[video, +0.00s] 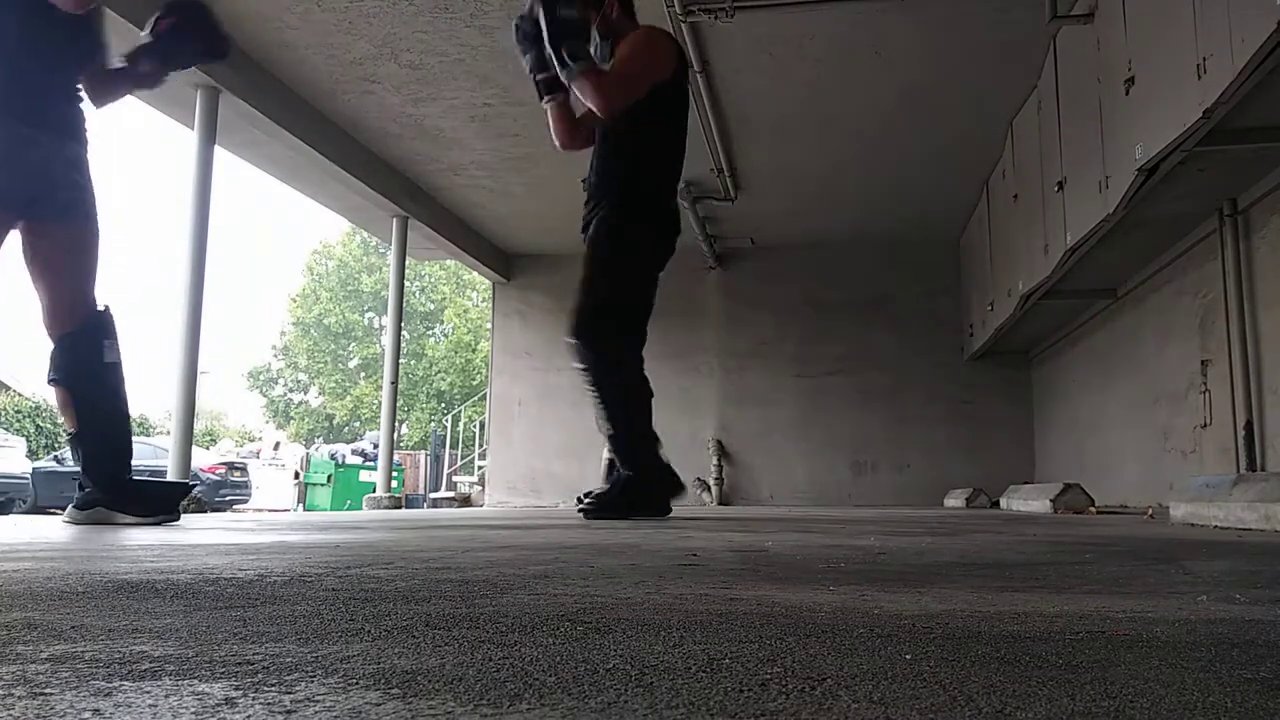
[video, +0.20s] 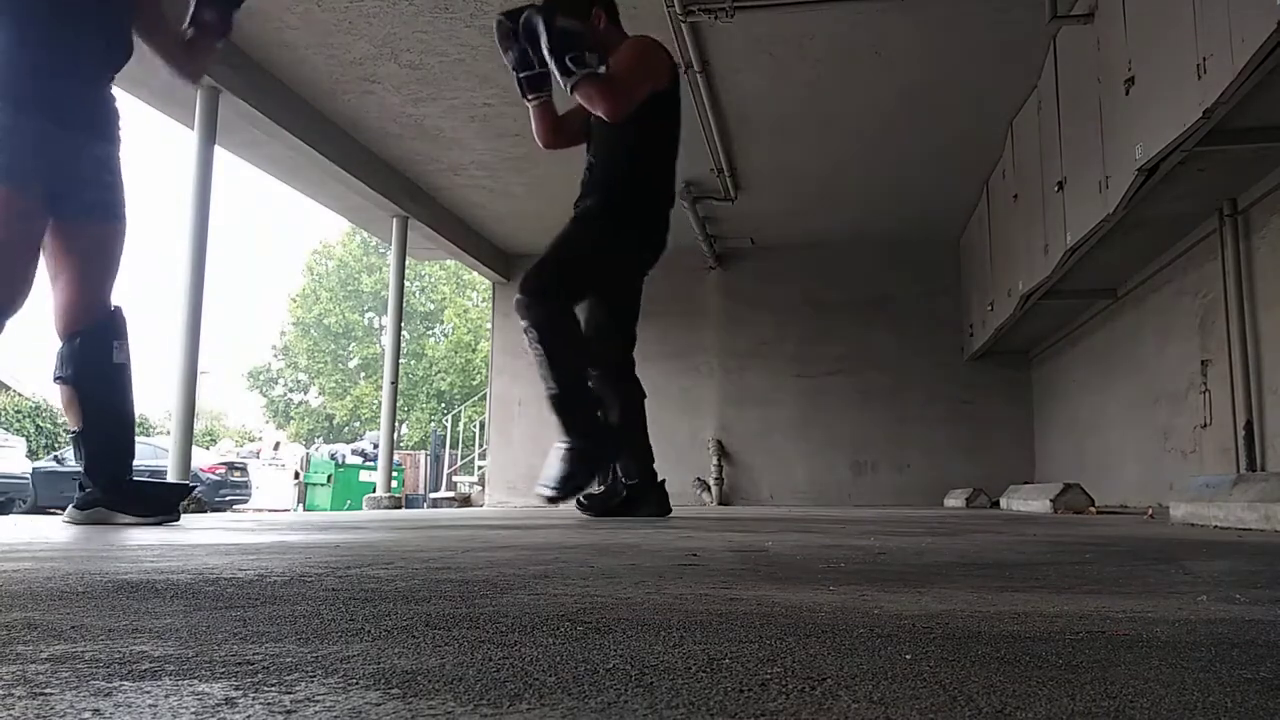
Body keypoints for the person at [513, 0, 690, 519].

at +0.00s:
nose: (584, 27)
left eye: (585, 16)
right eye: (582, 21)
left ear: (612, 7)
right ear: (604, 19)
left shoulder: (651, 43)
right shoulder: (619, 67)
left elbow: (604, 101)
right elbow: (569, 136)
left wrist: (564, 48)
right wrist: (542, 66)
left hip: (635, 220)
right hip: (615, 223)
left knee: (597, 337)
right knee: (612, 343)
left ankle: (645, 474)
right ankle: (631, 474)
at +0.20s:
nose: (568, 44)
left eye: (570, 28)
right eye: (565, 33)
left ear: (600, 18)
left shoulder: (645, 51)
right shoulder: (607, 84)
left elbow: (610, 106)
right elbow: (551, 135)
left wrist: (555, 51)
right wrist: (527, 66)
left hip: (622, 221)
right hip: (606, 225)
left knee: (537, 296)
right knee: (607, 358)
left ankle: (585, 437)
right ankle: (638, 483)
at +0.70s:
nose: (519, 16)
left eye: (524, 6)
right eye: (515, 11)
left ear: (550, 2)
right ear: (525, 20)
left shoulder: (593, 40)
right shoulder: (535, 67)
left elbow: (551, 102)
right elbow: (473, 121)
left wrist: (511, 42)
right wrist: (445, 64)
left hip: (594, 220)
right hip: (557, 227)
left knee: (534, 324)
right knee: (564, 352)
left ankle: (529, 477)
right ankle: (630, 474)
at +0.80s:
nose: (510, 18)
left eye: (517, 8)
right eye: (504, 13)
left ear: (549, 3)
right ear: (506, 20)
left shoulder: (593, 42)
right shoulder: (510, 56)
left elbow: (564, 103)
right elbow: (430, 75)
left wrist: (517, 41)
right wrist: (402, 27)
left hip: (593, 220)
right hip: (551, 229)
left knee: (533, 322)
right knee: (577, 359)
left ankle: (525, 476)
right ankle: (640, 477)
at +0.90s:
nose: (518, 13)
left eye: (525, 7)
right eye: (512, 10)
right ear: (510, 10)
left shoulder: (599, 34)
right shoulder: (503, 33)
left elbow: (599, 108)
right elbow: (424, 26)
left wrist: (549, 57)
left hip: (576, 218)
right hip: (531, 222)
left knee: (518, 326)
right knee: (543, 352)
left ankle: (517, 484)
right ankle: (621, 460)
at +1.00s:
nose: (540, 3)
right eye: (533, 3)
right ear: (528, 0)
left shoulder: (619, 34)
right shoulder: (511, 24)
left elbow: (635, 94)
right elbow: (427, 10)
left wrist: (574, 41)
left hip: (556, 210)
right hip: (494, 207)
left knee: (504, 325)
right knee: (447, 338)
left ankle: (518, 485)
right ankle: (519, 418)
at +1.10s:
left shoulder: (627, 40)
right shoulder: (514, 24)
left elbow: (643, 82)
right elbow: (434, 41)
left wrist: (582, 19)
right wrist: (351, 37)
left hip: (545, 207)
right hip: (476, 187)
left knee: (501, 320)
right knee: (364, 272)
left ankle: (514, 482)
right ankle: (351, 298)